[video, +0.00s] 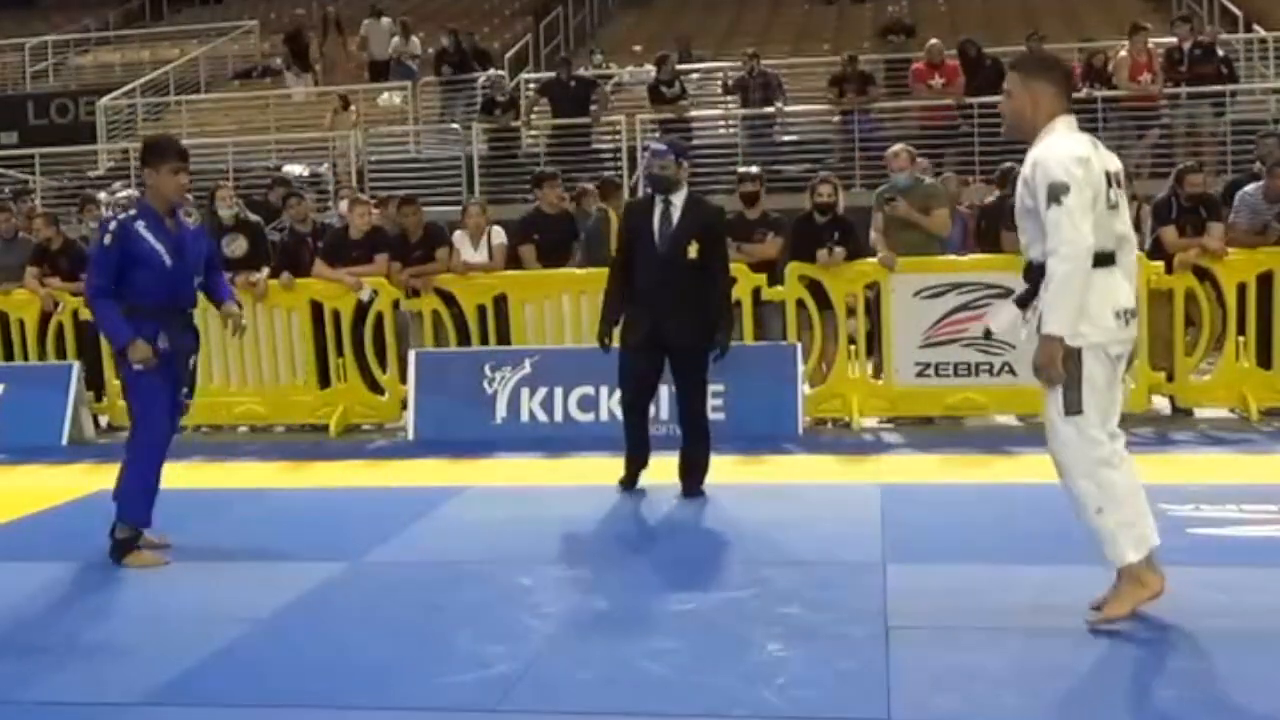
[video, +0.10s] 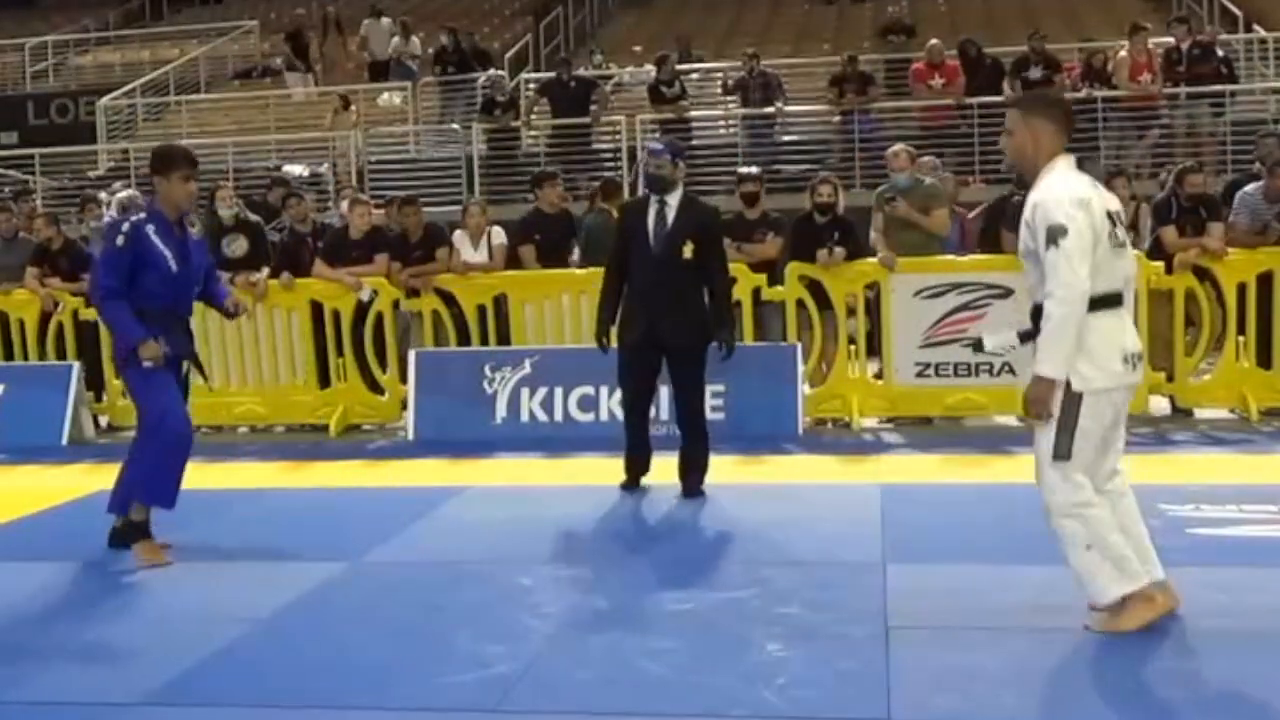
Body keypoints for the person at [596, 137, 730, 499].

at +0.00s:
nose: (654, 169)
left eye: (662, 163)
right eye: (651, 163)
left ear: (682, 169)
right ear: (647, 168)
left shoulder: (708, 214)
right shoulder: (635, 210)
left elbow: (718, 275)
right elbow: (621, 269)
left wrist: (721, 326)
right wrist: (609, 317)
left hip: (690, 325)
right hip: (642, 324)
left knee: (692, 406)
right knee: (632, 398)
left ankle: (692, 479)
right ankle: (634, 462)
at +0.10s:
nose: (652, 170)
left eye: (660, 164)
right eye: (649, 163)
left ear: (679, 169)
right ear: (644, 167)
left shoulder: (703, 215)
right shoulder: (630, 212)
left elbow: (717, 273)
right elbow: (616, 270)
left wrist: (723, 325)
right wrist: (605, 318)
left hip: (686, 324)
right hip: (638, 323)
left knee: (690, 406)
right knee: (634, 403)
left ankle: (692, 481)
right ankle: (634, 473)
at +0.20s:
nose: (647, 171)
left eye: (655, 164)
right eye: (643, 164)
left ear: (672, 169)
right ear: (637, 168)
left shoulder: (696, 215)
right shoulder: (624, 213)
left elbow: (712, 273)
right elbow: (612, 271)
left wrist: (721, 324)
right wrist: (601, 320)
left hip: (681, 325)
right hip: (634, 325)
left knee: (687, 407)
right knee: (636, 406)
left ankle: (692, 482)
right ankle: (636, 475)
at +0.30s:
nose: (642, 170)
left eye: (650, 165)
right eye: (638, 164)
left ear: (667, 170)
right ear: (631, 168)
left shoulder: (692, 215)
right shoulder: (618, 214)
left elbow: (706, 272)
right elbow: (607, 270)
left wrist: (715, 324)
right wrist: (599, 319)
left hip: (677, 325)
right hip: (630, 325)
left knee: (685, 406)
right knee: (636, 406)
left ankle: (691, 480)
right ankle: (637, 476)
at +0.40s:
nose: (637, 174)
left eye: (645, 167)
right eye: (634, 167)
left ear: (663, 170)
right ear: (628, 169)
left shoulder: (686, 214)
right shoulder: (613, 214)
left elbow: (698, 272)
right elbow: (602, 270)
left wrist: (704, 323)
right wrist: (597, 318)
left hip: (674, 324)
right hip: (628, 324)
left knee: (683, 406)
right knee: (636, 405)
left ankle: (691, 478)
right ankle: (638, 473)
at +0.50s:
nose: (633, 173)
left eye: (642, 167)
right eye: (630, 166)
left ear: (658, 172)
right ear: (624, 169)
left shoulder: (681, 214)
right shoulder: (606, 217)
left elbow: (694, 270)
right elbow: (597, 271)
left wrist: (695, 319)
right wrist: (595, 317)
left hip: (673, 323)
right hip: (626, 325)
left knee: (682, 405)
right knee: (635, 404)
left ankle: (690, 477)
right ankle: (638, 473)